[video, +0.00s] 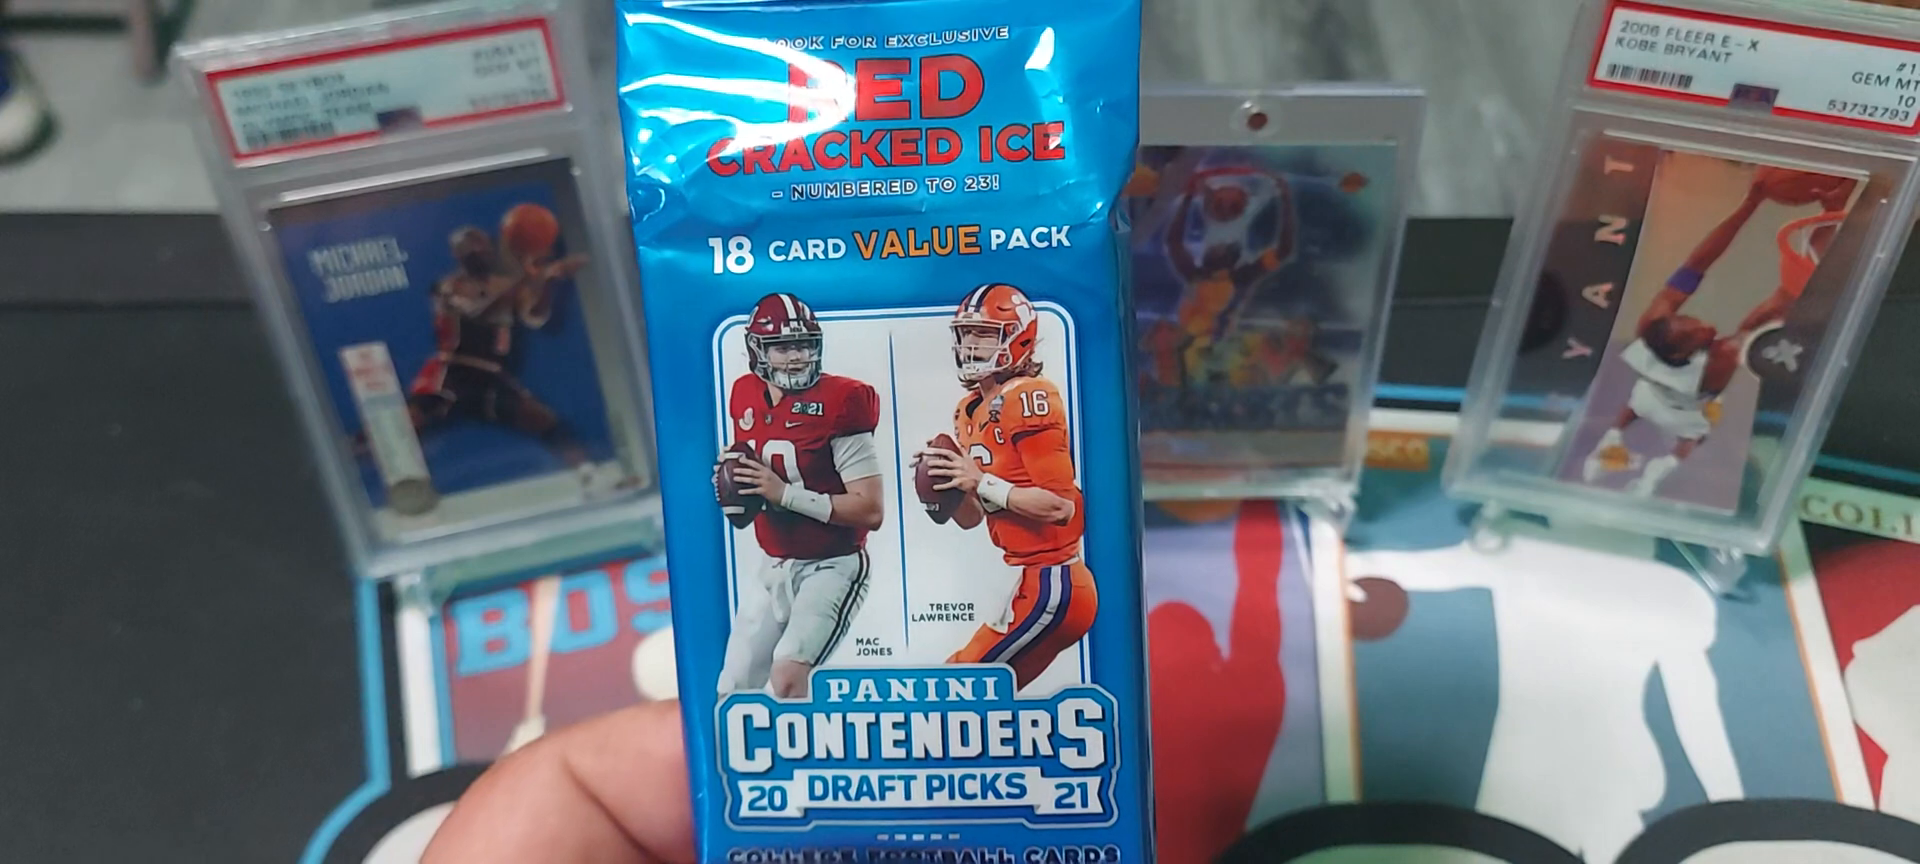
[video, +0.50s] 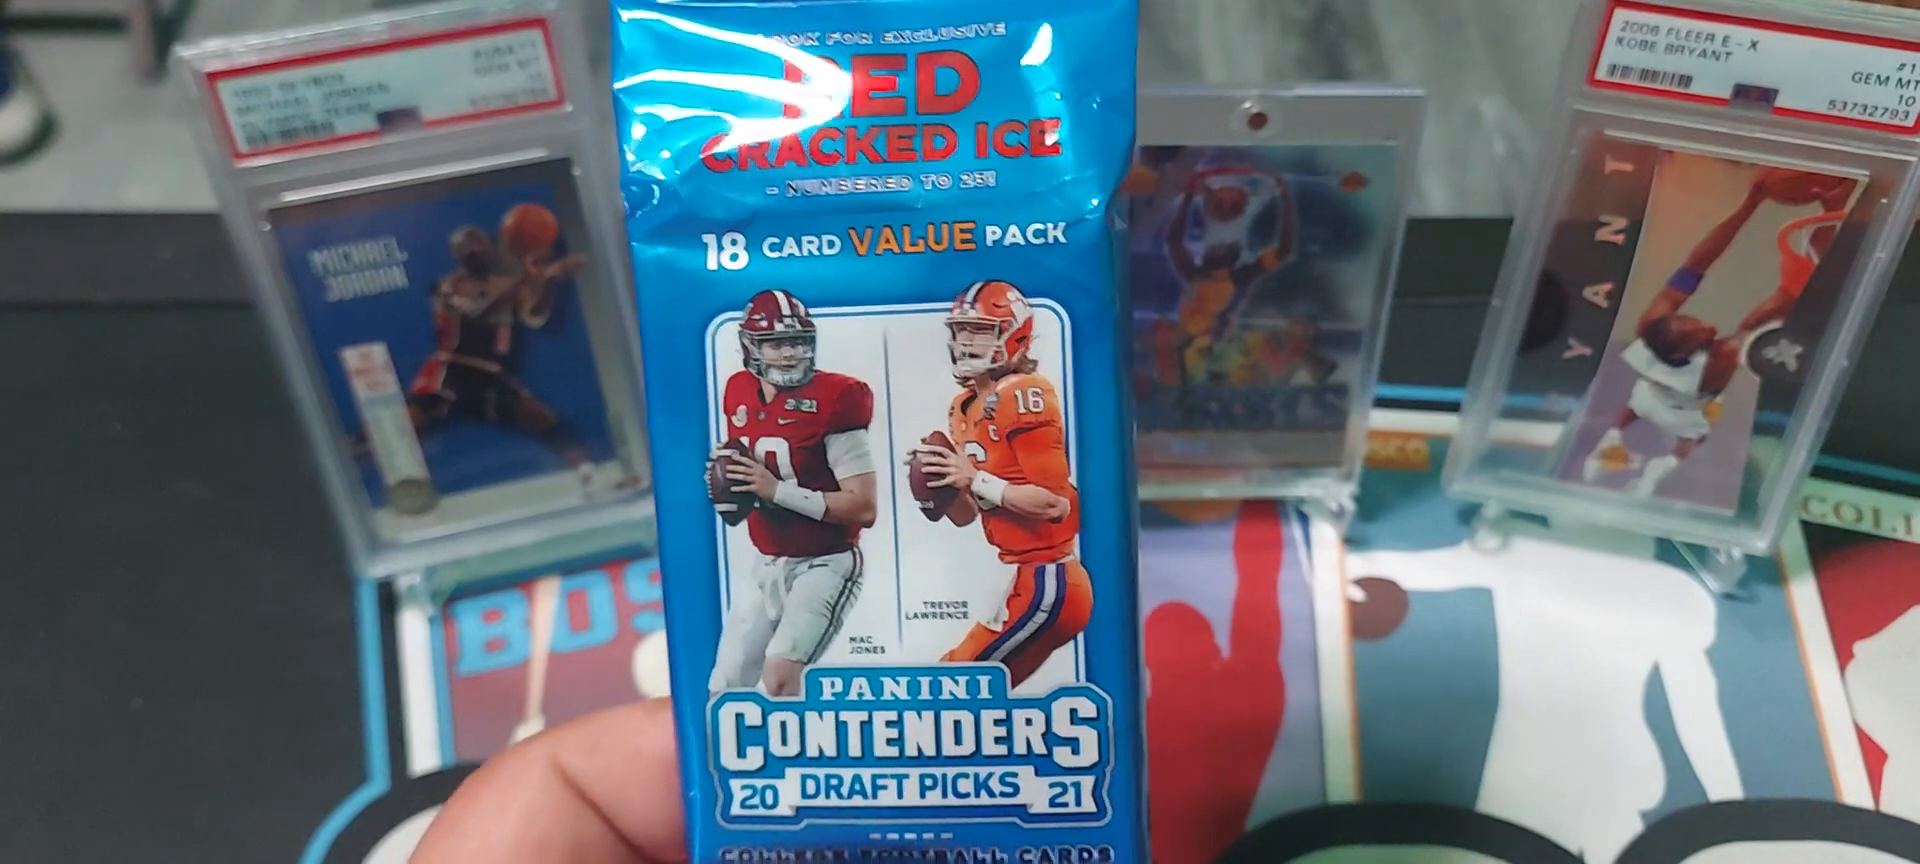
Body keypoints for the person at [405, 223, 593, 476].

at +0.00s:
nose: (477, 255)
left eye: (480, 247)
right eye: (469, 250)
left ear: (490, 249)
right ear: (459, 256)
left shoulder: (505, 285)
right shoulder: (449, 286)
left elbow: (534, 317)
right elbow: (472, 309)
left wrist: (547, 281)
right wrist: (523, 281)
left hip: (490, 378)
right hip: (448, 374)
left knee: (545, 421)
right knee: (406, 425)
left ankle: (588, 476)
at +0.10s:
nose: (476, 254)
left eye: (480, 246)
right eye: (468, 249)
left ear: (489, 249)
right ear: (458, 256)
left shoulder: (506, 284)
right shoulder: (449, 286)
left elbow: (534, 317)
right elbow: (472, 309)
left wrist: (546, 280)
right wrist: (523, 280)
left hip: (491, 378)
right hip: (448, 374)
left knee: (546, 422)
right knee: (405, 425)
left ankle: (589, 478)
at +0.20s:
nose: (476, 253)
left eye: (480, 246)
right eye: (468, 248)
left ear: (489, 249)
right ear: (458, 255)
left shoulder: (505, 283)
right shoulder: (449, 285)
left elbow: (534, 317)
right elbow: (473, 309)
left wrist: (546, 280)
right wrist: (523, 281)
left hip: (490, 377)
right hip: (448, 373)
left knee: (545, 421)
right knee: (405, 426)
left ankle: (589, 476)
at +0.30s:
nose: (476, 253)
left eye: (480, 246)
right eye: (469, 249)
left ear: (489, 249)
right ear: (458, 255)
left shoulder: (505, 284)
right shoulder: (449, 285)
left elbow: (534, 317)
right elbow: (472, 309)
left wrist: (546, 280)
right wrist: (524, 281)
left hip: (490, 376)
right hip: (448, 372)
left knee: (544, 420)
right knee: (407, 424)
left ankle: (589, 476)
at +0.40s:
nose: (476, 253)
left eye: (480, 246)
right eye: (469, 248)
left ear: (489, 249)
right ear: (458, 255)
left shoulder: (505, 284)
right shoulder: (449, 286)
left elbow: (535, 317)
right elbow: (473, 310)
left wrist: (546, 280)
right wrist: (524, 281)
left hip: (490, 377)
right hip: (448, 373)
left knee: (544, 420)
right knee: (406, 425)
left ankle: (589, 476)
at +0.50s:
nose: (476, 254)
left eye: (479, 247)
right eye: (468, 249)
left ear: (489, 249)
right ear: (458, 255)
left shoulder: (506, 284)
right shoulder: (449, 286)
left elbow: (534, 318)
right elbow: (472, 309)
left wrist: (546, 279)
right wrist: (524, 281)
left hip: (491, 377)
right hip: (448, 373)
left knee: (544, 421)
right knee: (407, 422)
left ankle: (588, 476)